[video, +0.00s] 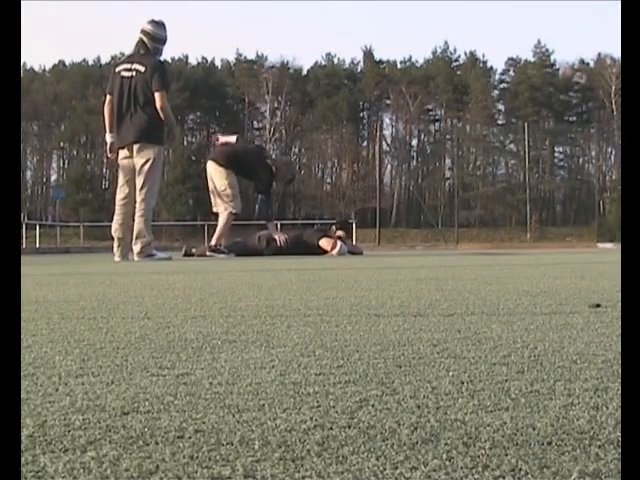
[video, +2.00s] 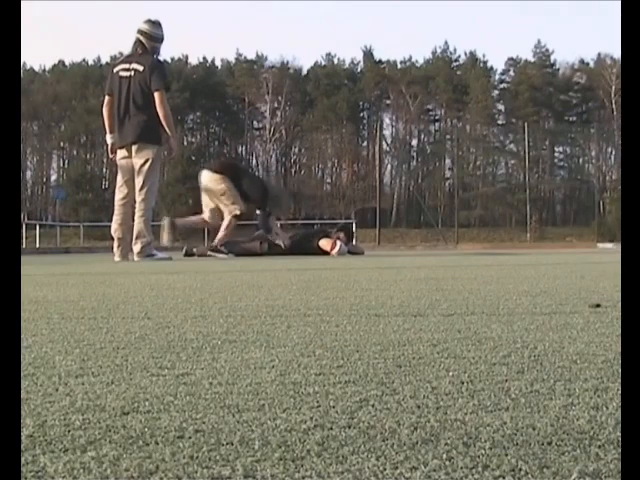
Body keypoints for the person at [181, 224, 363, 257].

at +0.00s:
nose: (339, 243)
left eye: (341, 241)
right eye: (340, 240)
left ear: (334, 234)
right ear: (335, 236)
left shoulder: (323, 238)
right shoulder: (320, 236)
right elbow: (334, 249)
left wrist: (345, 246)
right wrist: (350, 248)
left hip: (272, 241)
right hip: (271, 242)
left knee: (234, 247)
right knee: (233, 248)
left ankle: (198, 251)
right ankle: (197, 252)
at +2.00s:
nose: (338, 242)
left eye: (341, 240)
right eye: (340, 239)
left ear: (338, 238)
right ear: (336, 236)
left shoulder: (326, 241)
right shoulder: (323, 238)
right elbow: (331, 247)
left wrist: (346, 247)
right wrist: (340, 248)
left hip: (275, 245)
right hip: (274, 245)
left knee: (235, 246)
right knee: (235, 247)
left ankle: (200, 251)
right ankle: (201, 251)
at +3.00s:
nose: (338, 243)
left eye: (340, 241)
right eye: (339, 241)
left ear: (338, 238)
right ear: (335, 237)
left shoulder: (326, 239)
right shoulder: (321, 237)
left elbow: (354, 249)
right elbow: (329, 248)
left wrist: (344, 246)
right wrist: (337, 247)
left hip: (272, 245)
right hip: (270, 243)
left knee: (228, 251)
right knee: (220, 248)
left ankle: (193, 251)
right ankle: (245, 218)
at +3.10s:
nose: (336, 243)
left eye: (339, 241)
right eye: (337, 241)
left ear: (338, 239)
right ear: (333, 237)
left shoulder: (325, 239)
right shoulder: (320, 238)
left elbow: (354, 249)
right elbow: (331, 249)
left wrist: (344, 246)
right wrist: (339, 247)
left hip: (272, 243)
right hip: (269, 242)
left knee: (230, 250)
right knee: (220, 248)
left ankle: (194, 251)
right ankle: (252, 220)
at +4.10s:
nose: (334, 243)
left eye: (338, 242)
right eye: (336, 239)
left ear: (339, 240)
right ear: (333, 231)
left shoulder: (328, 240)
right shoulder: (315, 226)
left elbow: (359, 250)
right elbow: (284, 227)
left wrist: (345, 250)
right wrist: (292, 249)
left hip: (270, 248)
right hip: (265, 240)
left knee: (226, 248)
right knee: (220, 249)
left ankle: (196, 236)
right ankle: (238, 219)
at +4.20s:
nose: (334, 243)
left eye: (338, 242)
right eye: (336, 239)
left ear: (339, 240)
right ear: (333, 231)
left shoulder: (328, 240)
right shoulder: (315, 226)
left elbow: (359, 250)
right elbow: (284, 227)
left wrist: (345, 250)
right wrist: (292, 249)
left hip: (270, 248)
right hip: (265, 240)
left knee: (226, 248)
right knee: (220, 249)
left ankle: (196, 236)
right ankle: (238, 219)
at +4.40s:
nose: (334, 243)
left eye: (338, 242)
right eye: (336, 239)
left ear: (339, 240)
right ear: (333, 231)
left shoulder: (328, 240)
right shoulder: (315, 226)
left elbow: (359, 250)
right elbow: (284, 227)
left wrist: (345, 250)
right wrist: (292, 249)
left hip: (270, 248)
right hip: (265, 239)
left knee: (226, 248)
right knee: (220, 249)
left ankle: (196, 236)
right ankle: (238, 219)